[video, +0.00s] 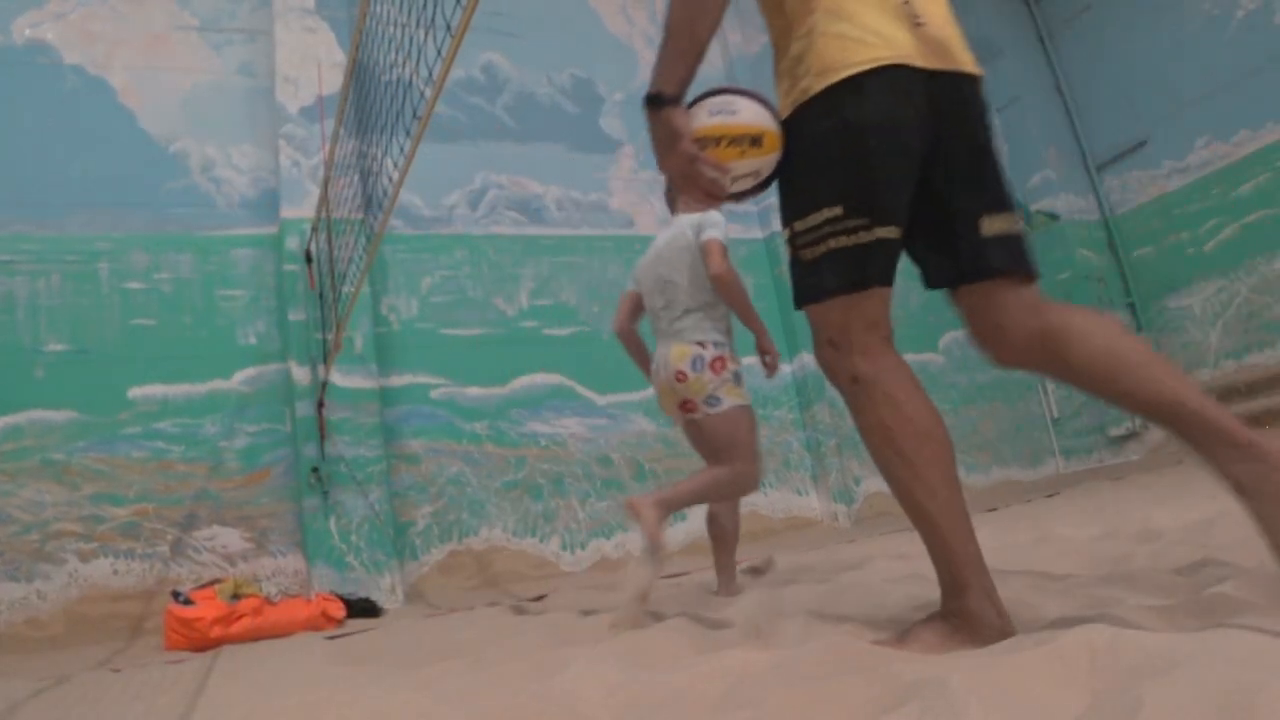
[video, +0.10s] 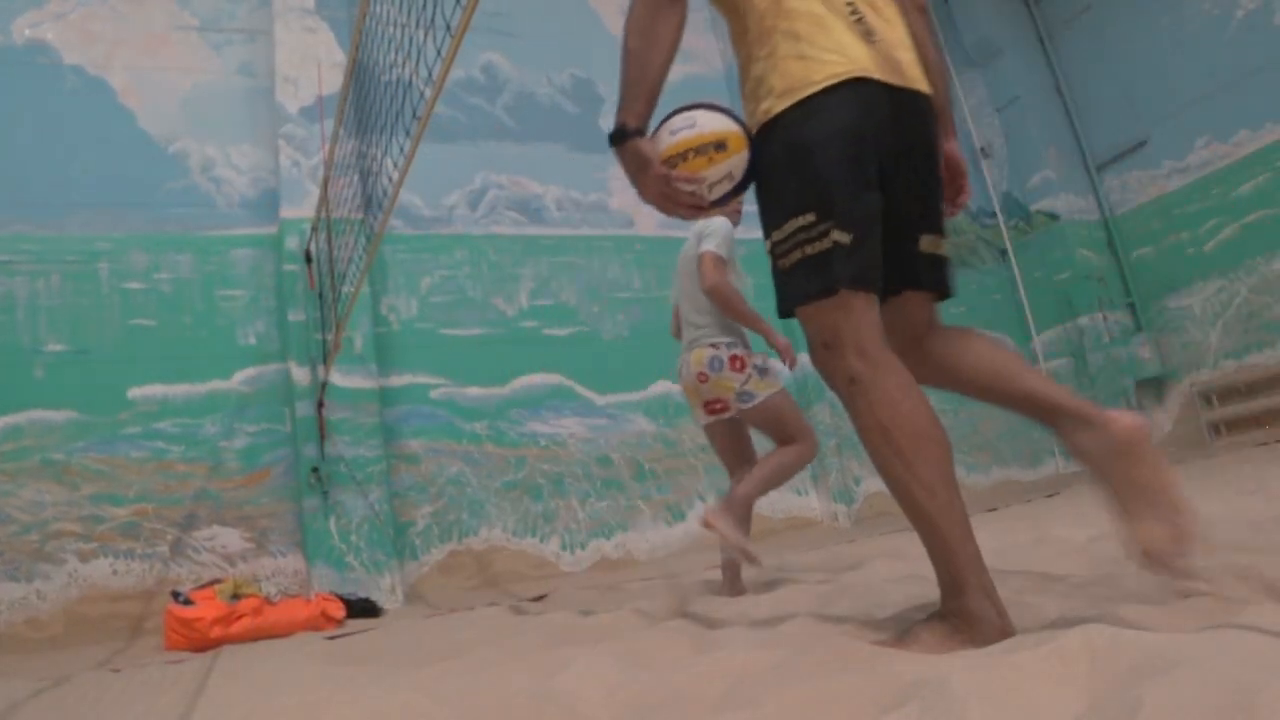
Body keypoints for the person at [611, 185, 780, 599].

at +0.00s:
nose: (721, 197)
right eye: (718, 188)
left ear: (672, 197)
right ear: (707, 192)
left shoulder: (653, 253)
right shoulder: (707, 221)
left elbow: (623, 325)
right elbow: (720, 271)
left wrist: (657, 375)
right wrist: (760, 333)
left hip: (666, 363)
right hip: (705, 356)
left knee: (723, 475)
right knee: (744, 470)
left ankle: (727, 583)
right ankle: (655, 504)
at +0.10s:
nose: (743, 204)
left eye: (741, 193)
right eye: (738, 194)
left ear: (701, 199)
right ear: (726, 196)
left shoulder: (690, 244)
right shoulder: (718, 226)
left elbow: (679, 326)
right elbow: (713, 282)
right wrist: (770, 333)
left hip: (694, 364)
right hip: (724, 359)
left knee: (743, 473)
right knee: (801, 442)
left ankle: (732, 581)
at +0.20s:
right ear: (753, 180)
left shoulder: (769, 225)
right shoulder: (730, 217)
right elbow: (709, 277)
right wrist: (760, 320)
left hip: (733, 347)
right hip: (747, 346)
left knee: (754, 457)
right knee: (827, 420)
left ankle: (728, 568)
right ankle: (803, 529)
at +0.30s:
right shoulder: (743, 239)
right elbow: (719, 290)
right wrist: (765, 317)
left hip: (807, 343)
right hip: (769, 348)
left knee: (832, 444)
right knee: (799, 449)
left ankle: (835, 543)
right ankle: (736, 532)